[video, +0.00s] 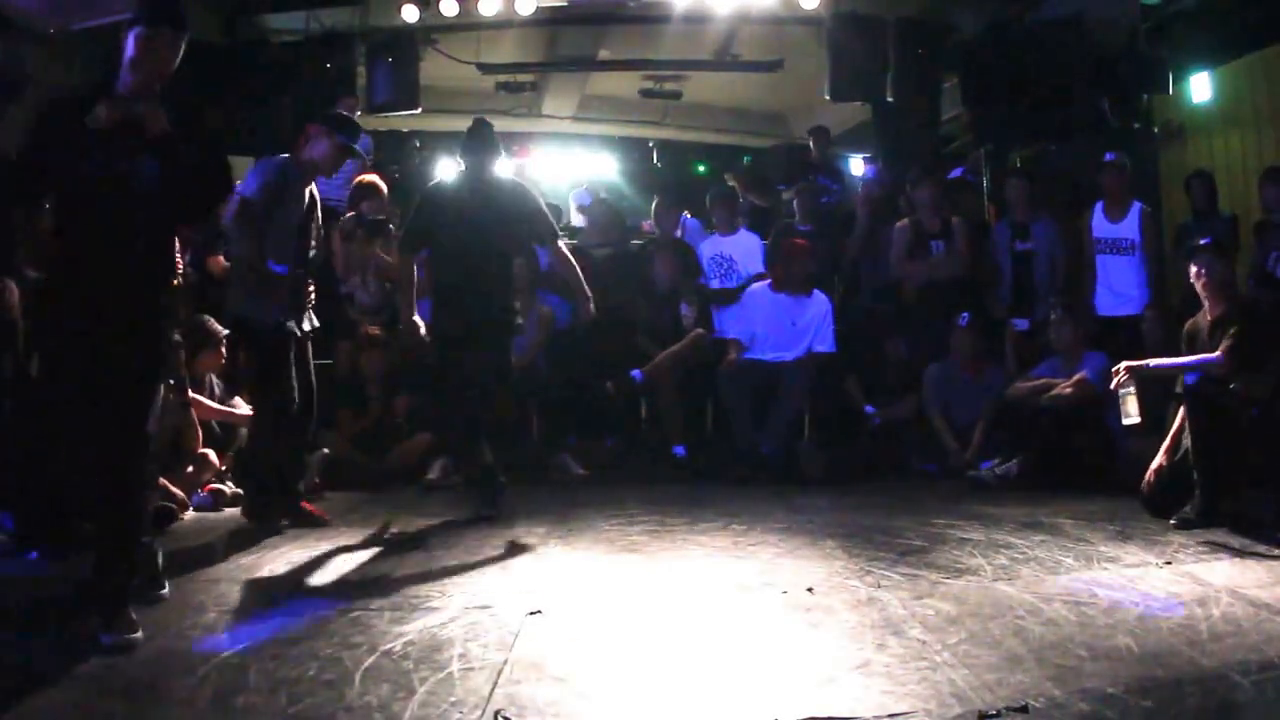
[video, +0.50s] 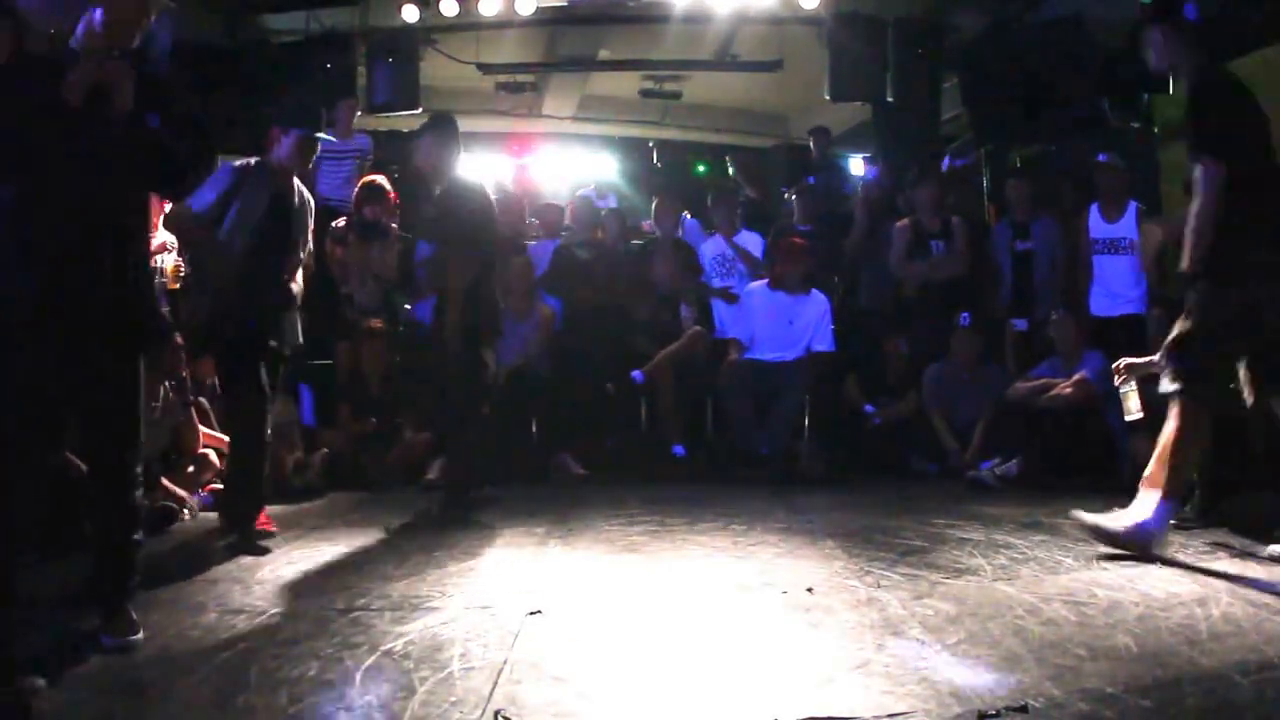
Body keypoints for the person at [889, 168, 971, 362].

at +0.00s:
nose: (928, 196)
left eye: (932, 190)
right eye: (922, 190)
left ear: (939, 192)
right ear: (912, 195)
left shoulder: (955, 225)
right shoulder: (904, 229)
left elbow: (961, 264)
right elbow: (898, 268)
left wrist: (923, 273)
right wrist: (941, 265)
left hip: (952, 296)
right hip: (918, 299)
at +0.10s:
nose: (928, 194)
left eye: (932, 188)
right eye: (922, 189)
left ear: (939, 191)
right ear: (911, 194)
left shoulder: (956, 225)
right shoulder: (904, 229)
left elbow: (962, 265)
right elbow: (898, 269)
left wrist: (922, 272)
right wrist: (940, 265)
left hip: (952, 300)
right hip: (918, 302)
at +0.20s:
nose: (929, 195)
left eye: (932, 189)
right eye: (923, 190)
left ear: (939, 192)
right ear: (912, 195)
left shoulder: (956, 225)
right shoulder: (903, 229)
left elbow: (961, 265)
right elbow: (898, 268)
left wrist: (921, 273)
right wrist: (942, 265)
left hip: (952, 299)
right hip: (919, 301)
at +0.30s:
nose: (929, 196)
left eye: (932, 190)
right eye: (922, 191)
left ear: (939, 193)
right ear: (911, 194)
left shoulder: (955, 225)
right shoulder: (903, 229)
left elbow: (961, 266)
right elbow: (898, 268)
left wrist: (922, 272)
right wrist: (942, 265)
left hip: (951, 301)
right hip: (917, 304)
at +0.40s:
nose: (929, 198)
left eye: (932, 191)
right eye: (922, 192)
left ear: (939, 194)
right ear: (912, 196)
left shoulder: (955, 225)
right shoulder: (903, 229)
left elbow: (961, 265)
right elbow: (898, 267)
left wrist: (922, 272)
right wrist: (941, 266)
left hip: (951, 300)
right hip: (916, 303)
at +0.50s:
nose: (929, 196)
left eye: (933, 190)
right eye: (923, 191)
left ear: (940, 193)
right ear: (913, 196)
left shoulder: (955, 225)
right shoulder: (904, 229)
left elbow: (961, 265)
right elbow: (898, 268)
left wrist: (921, 274)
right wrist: (943, 266)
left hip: (952, 301)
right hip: (918, 304)